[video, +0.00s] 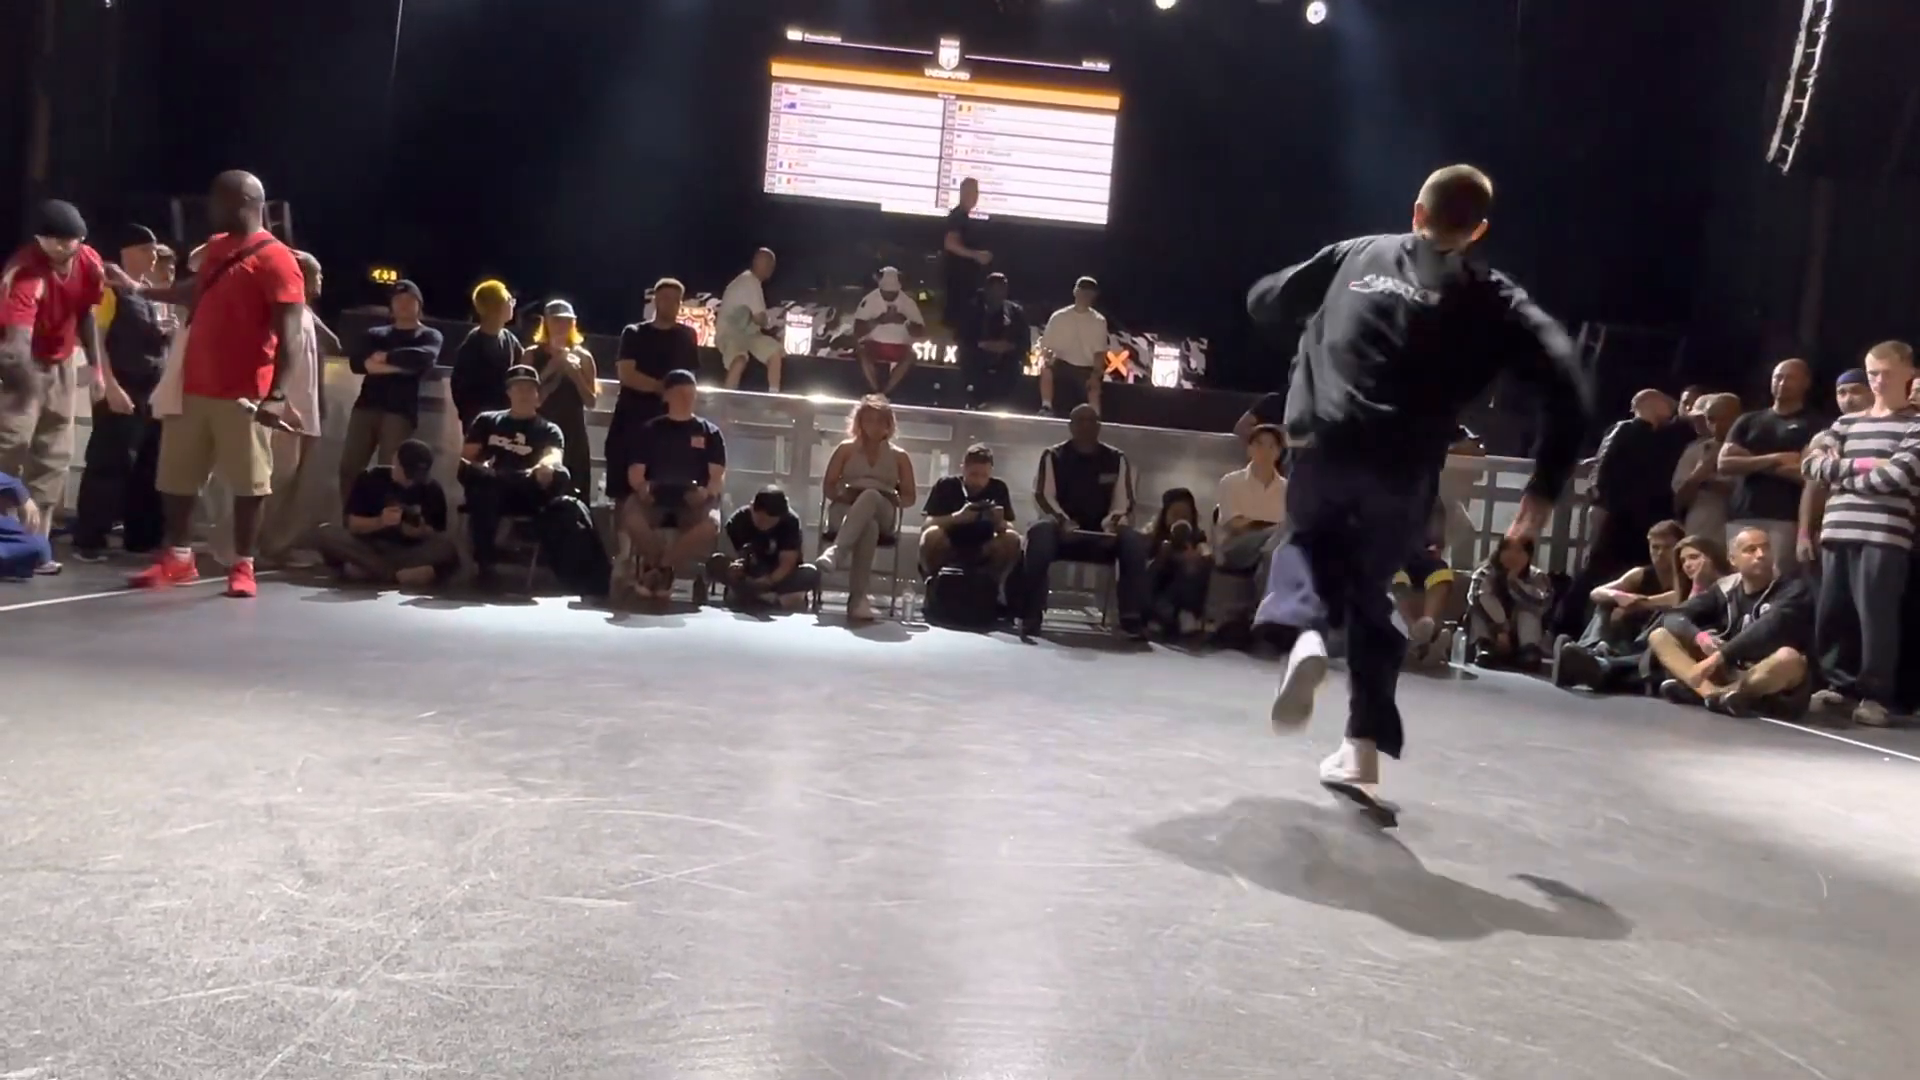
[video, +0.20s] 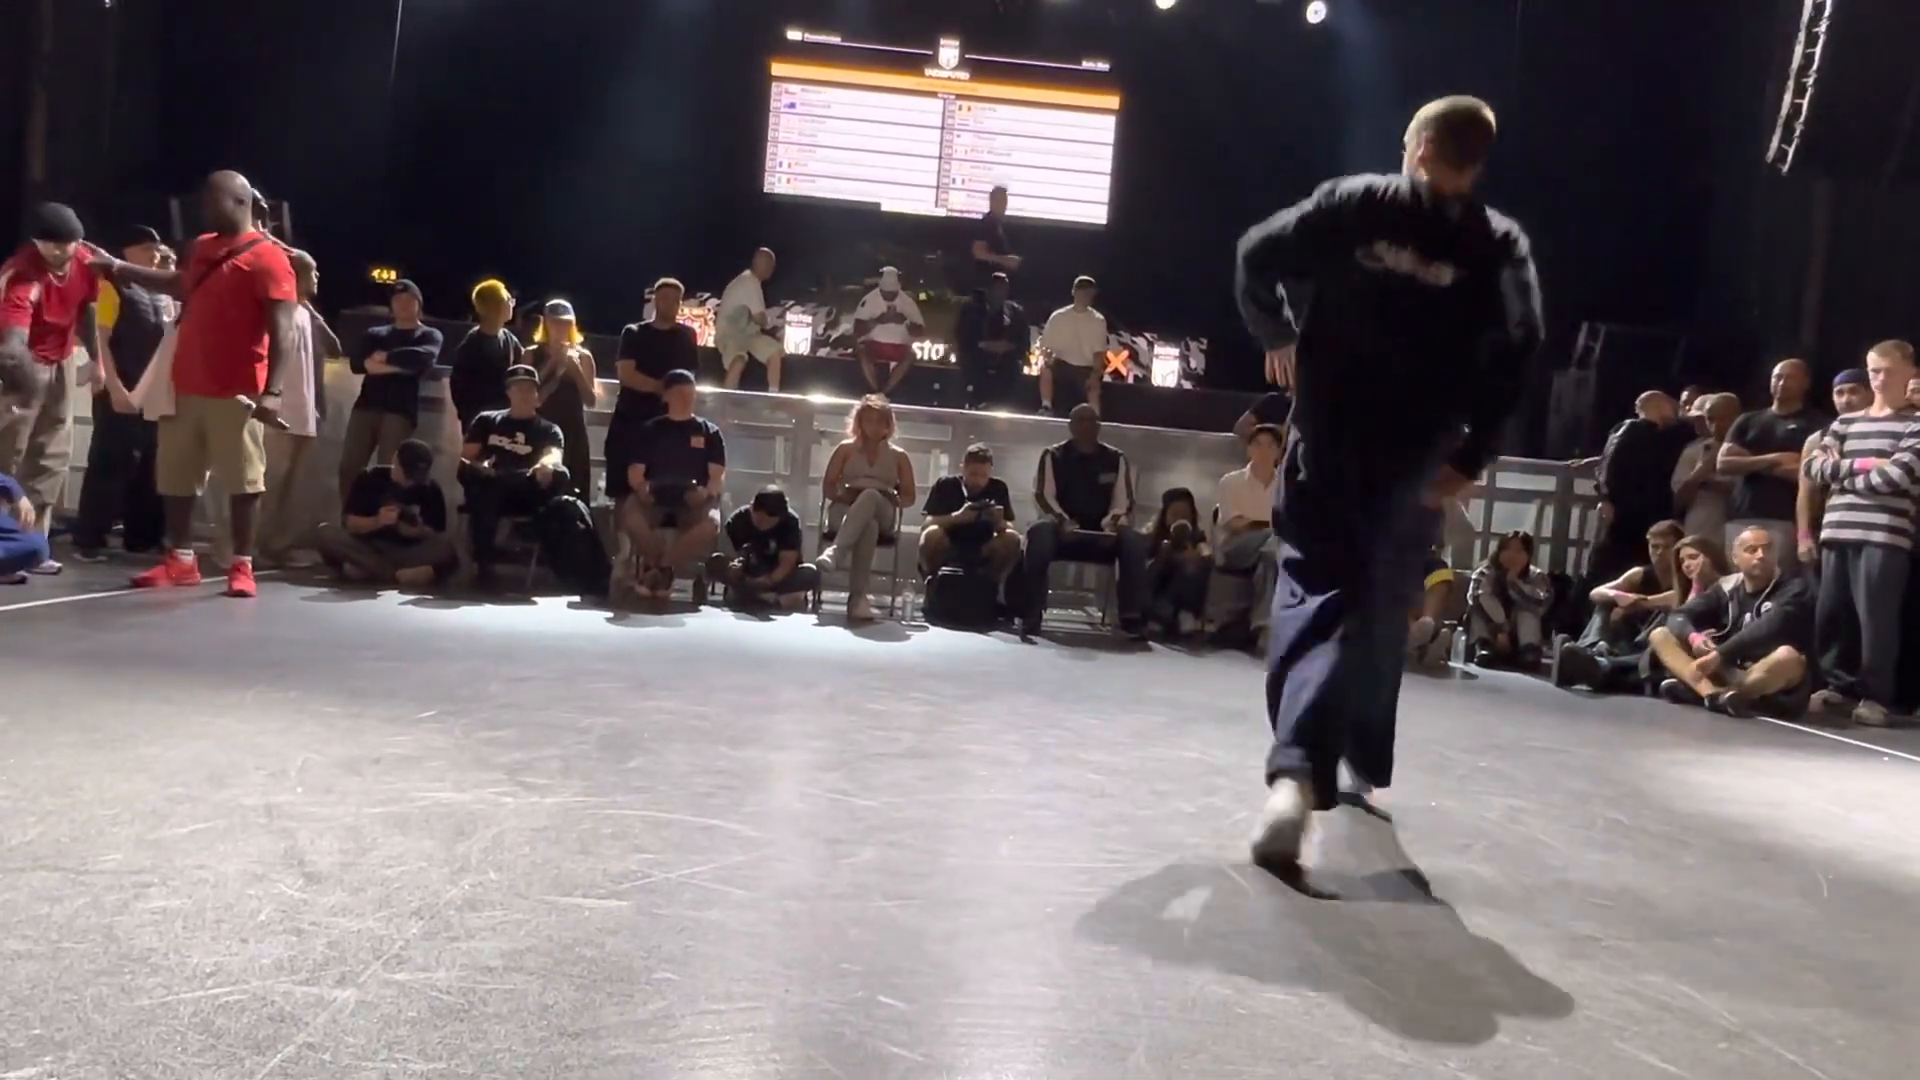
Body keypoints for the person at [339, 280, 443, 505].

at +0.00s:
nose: (403, 305)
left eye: (408, 300)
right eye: (398, 300)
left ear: (418, 305)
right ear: (392, 306)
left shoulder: (431, 335)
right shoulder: (376, 333)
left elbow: (423, 360)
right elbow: (357, 364)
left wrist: (384, 357)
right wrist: (401, 366)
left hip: (400, 410)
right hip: (367, 407)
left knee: (390, 471)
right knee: (350, 467)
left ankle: (386, 524)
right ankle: (351, 524)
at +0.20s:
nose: (403, 304)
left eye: (408, 299)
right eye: (398, 300)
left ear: (418, 304)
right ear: (391, 306)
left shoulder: (430, 335)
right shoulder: (375, 333)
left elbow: (423, 359)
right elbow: (357, 364)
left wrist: (384, 357)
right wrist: (400, 366)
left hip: (399, 411)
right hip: (367, 407)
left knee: (388, 471)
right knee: (349, 467)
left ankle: (383, 524)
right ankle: (349, 524)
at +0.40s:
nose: (402, 305)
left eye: (408, 300)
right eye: (398, 301)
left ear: (418, 305)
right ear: (391, 306)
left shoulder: (430, 335)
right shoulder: (374, 333)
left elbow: (423, 359)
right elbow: (356, 365)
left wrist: (384, 357)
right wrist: (399, 366)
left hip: (399, 413)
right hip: (365, 409)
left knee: (389, 474)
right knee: (349, 469)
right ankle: (350, 526)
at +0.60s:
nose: (403, 306)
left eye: (408, 301)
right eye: (398, 301)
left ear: (418, 305)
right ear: (391, 307)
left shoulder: (430, 335)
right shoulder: (373, 333)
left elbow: (424, 359)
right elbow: (356, 364)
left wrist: (384, 356)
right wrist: (398, 366)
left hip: (398, 412)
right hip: (365, 409)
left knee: (387, 473)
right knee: (348, 469)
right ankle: (348, 525)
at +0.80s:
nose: (403, 304)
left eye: (409, 300)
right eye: (399, 300)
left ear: (418, 305)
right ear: (391, 306)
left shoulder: (430, 335)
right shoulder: (374, 333)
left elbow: (424, 360)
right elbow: (356, 364)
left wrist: (384, 355)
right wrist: (398, 367)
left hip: (399, 413)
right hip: (365, 409)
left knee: (388, 474)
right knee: (348, 468)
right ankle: (349, 524)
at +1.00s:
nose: (403, 303)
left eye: (408, 299)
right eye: (398, 299)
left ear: (418, 305)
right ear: (391, 306)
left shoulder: (430, 335)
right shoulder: (375, 333)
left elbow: (422, 360)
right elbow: (356, 363)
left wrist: (383, 355)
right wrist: (398, 367)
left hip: (399, 413)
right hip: (366, 409)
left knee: (390, 473)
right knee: (348, 469)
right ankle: (349, 522)